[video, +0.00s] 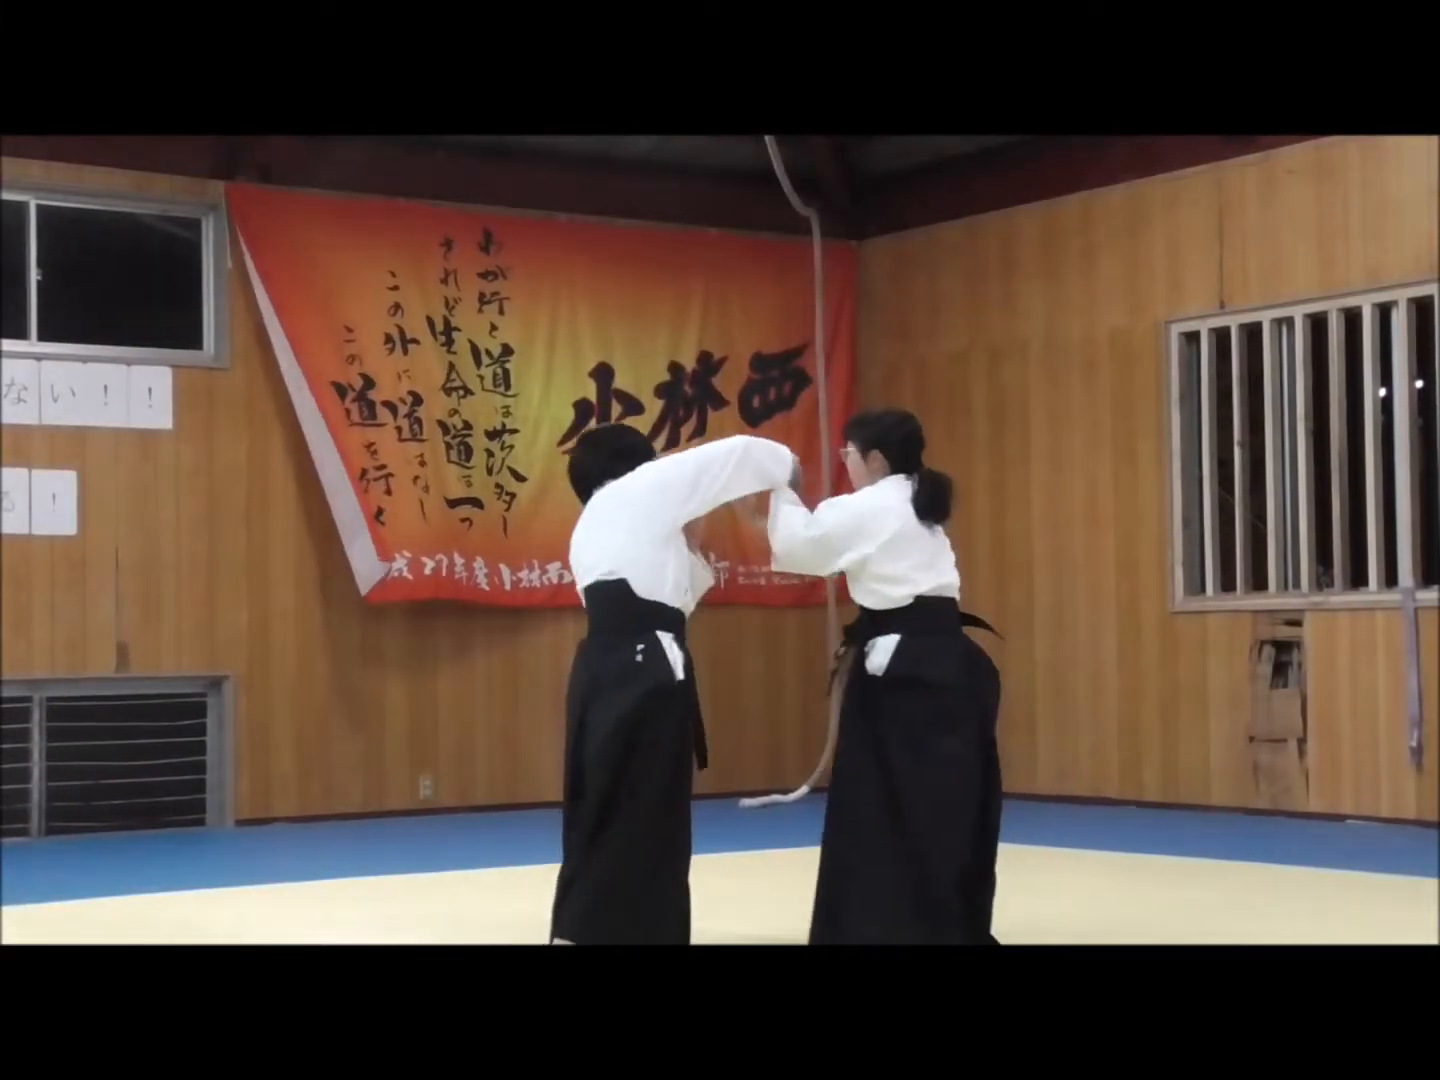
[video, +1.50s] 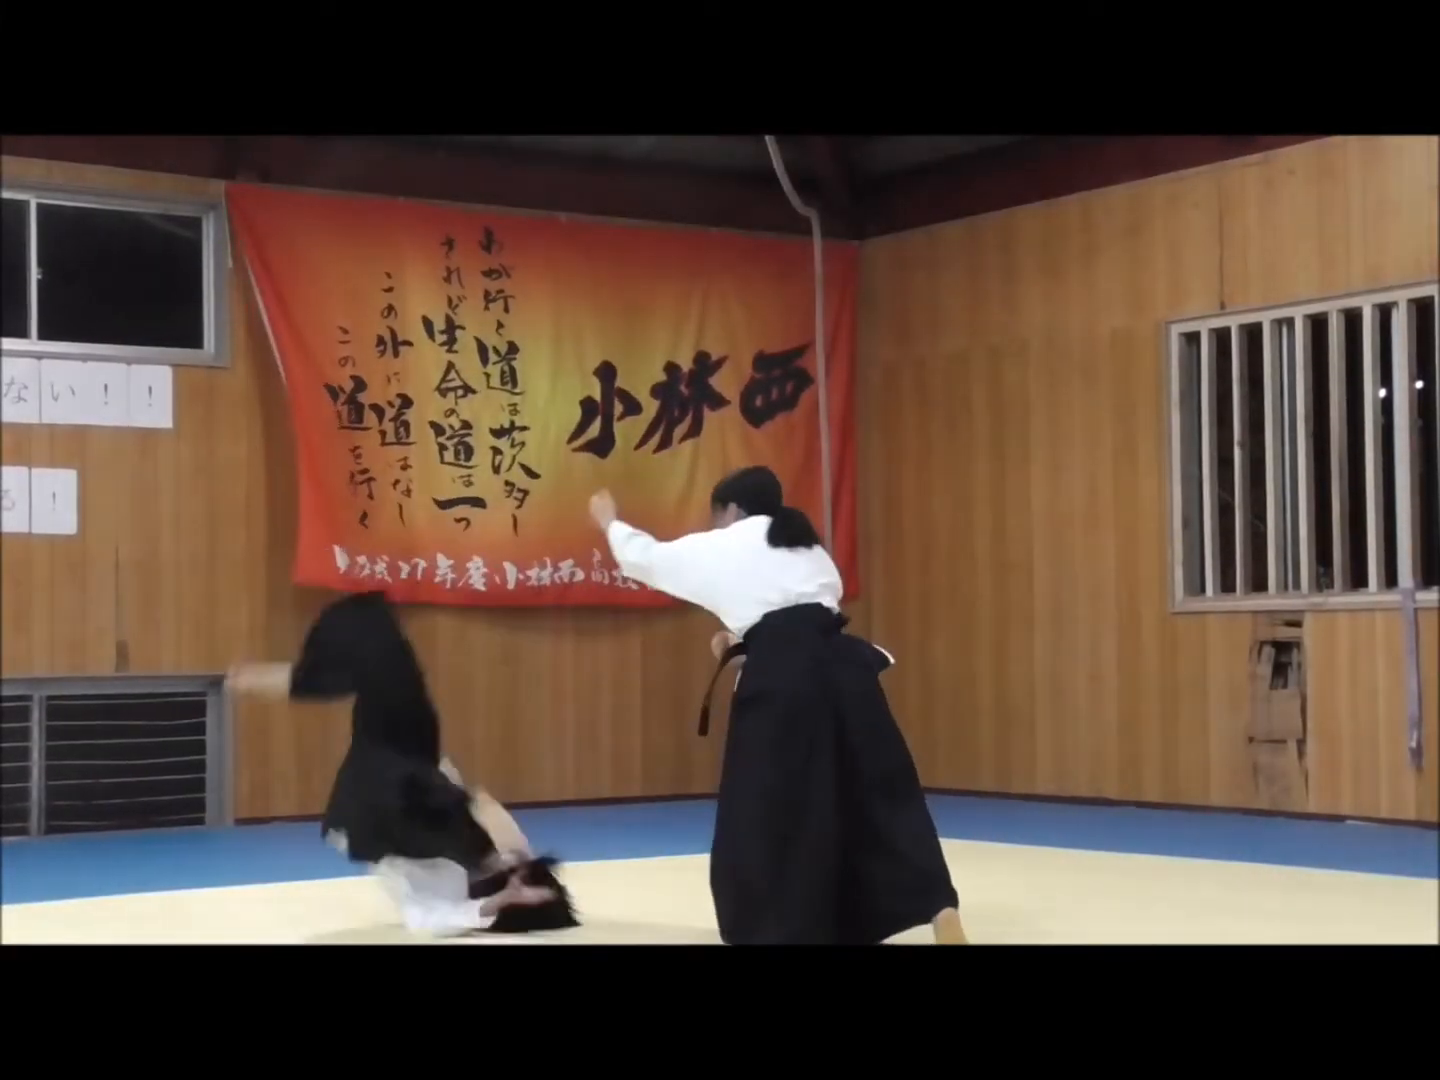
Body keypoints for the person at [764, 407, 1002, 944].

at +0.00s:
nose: (846, 467)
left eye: (850, 457)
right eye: (845, 457)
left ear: (875, 458)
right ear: (902, 456)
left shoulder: (871, 507)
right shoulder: (924, 502)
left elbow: (797, 542)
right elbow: (823, 542)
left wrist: (777, 488)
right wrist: (776, 510)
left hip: (901, 664)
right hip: (954, 659)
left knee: (882, 802)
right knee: (949, 807)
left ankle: (880, 928)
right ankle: (944, 929)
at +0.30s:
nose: (806, 484)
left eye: (811, 476)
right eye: (808, 476)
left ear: (830, 481)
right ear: (867, 479)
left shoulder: (813, 522)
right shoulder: (887, 520)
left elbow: (731, 511)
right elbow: (835, 591)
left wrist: (710, 461)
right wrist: (757, 592)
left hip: (854, 669)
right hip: (919, 662)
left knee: (822, 809)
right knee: (917, 808)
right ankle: (918, 930)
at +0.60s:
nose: (715, 555)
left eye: (717, 546)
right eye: (716, 546)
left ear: (733, 543)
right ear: (775, 538)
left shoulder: (714, 584)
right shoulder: (805, 566)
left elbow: (661, 629)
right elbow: (830, 623)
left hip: (785, 690)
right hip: (857, 679)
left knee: (779, 820)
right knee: (890, 804)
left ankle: (785, 929)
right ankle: (935, 922)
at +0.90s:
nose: (678, 637)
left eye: (678, 627)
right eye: (677, 629)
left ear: (690, 615)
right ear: (727, 602)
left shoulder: (692, 651)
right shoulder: (768, 610)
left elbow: (687, 760)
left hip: (775, 698)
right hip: (846, 679)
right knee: (894, 798)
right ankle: (946, 920)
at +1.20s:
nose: (684, 575)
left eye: (687, 566)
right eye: (685, 567)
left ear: (702, 557)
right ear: (739, 550)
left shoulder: (694, 590)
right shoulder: (781, 577)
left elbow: (656, 671)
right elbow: (814, 628)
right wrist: (733, 688)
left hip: (774, 682)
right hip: (846, 673)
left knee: (759, 817)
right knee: (887, 792)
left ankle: (760, 931)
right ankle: (942, 921)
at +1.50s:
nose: (713, 522)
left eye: (716, 512)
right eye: (715, 512)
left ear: (733, 510)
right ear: (771, 505)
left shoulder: (719, 548)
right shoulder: (808, 543)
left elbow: (644, 556)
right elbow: (820, 605)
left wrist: (609, 522)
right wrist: (743, 636)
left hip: (780, 678)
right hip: (845, 669)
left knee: (766, 802)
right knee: (889, 786)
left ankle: (767, 927)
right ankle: (942, 904)